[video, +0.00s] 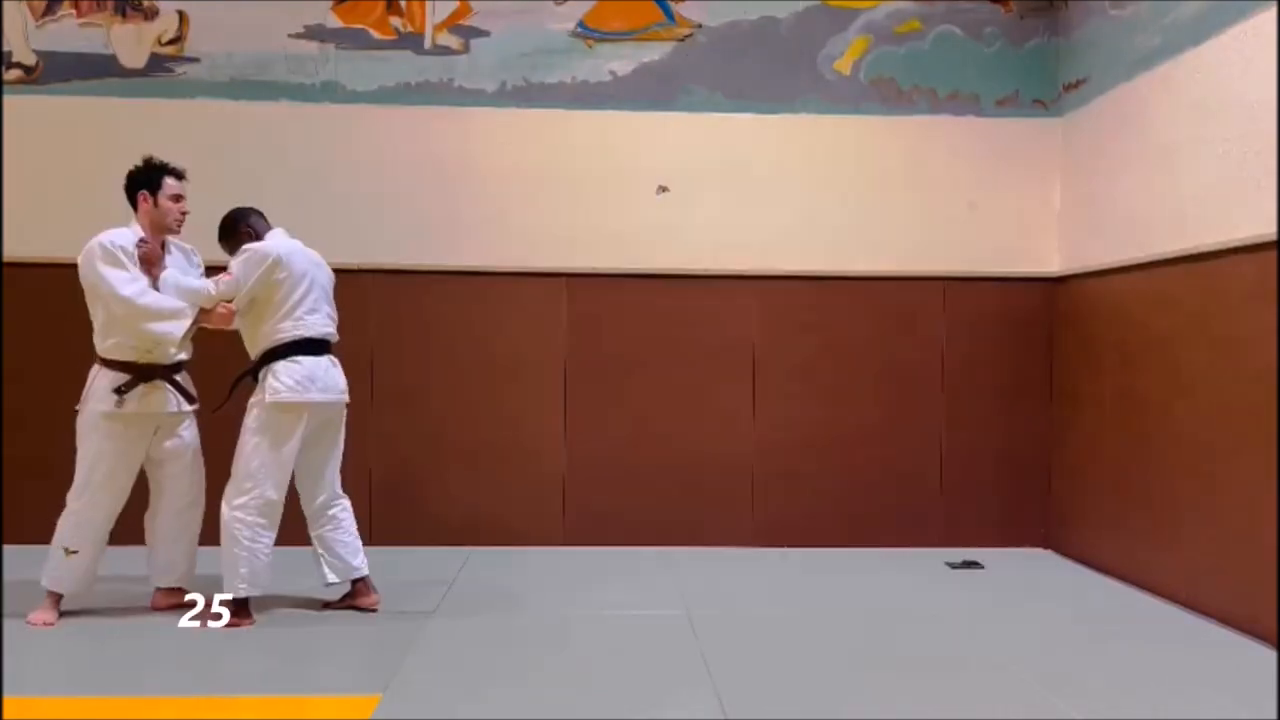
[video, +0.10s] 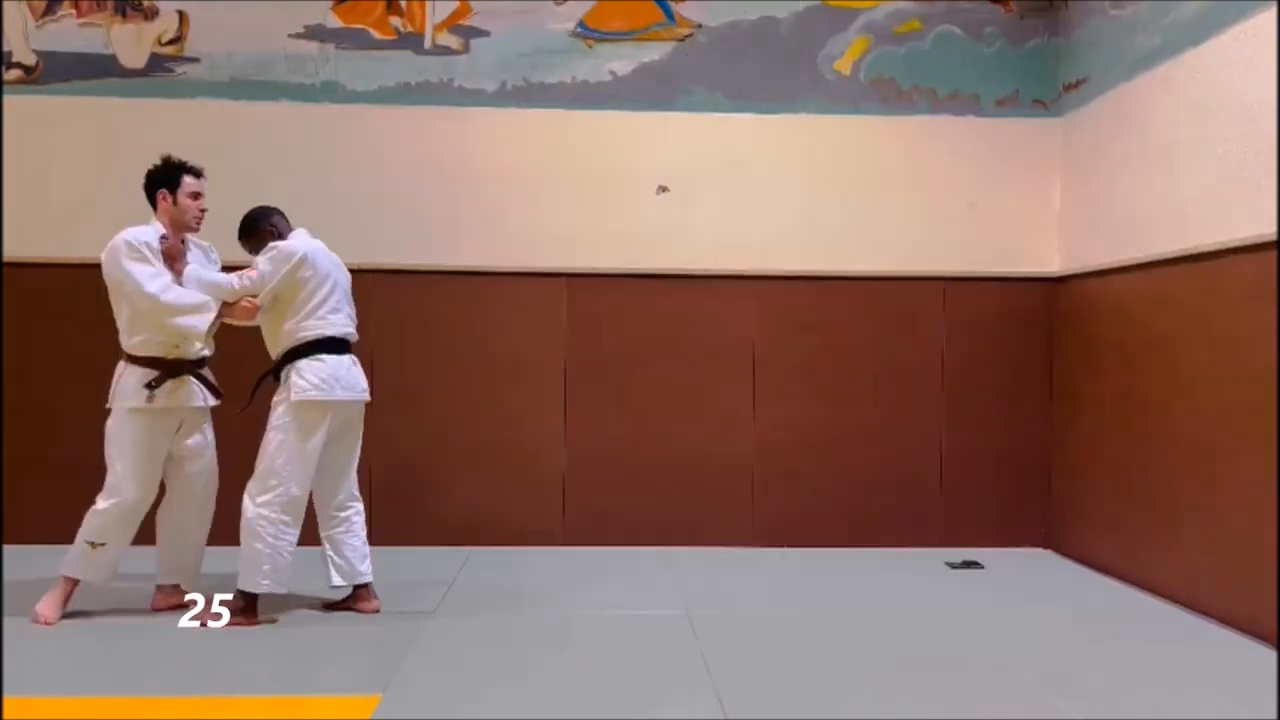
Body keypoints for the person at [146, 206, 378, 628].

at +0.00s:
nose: (232, 259)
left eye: (233, 251)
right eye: (229, 253)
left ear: (246, 234)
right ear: (265, 225)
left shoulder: (262, 251)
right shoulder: (316, 261)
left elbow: (216, 293)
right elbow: (280, 311)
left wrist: (164, 277)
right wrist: (229, 316)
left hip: (285, 381)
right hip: (330, 379)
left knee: (249, 493)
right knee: (324, 491)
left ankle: (236, 601)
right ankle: (360, 585)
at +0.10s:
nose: (257, 257)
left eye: (256, 249)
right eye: (255, 252)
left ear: (267, 236)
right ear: (288, 223)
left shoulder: (289, 249)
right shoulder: (332, 260)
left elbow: (239, 287)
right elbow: (262, 311)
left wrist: (186, 269)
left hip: (308, 379)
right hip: (350, 378)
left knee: (271, 490)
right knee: (340, 490)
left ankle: (247, 600)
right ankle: (361, 589)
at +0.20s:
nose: (278, 253)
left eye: (278, 244)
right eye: (275, 247)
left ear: (290, 230)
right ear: (306, 219)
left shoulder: (313, 242)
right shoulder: (344, 249)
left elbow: (265, 279)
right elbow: (275, 305)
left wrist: (210, 262)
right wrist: (229, 296)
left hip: (330, 371)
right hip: (368, 370)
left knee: (298, 485)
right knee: (353, 487)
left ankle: (305, 598)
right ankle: (364, 590)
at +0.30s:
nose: (297, 250)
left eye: (296, 241)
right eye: (294, 244)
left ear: (311, 225)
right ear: (323, 218)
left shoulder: (335, 242)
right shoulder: (359, 246)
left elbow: (285, 281)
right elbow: (301, 306)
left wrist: (232, 264)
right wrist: (250, 300)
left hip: (352, 369)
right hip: (380, 367)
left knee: (340, 490)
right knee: (368, 486)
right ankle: (369, 588)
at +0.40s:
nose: (317, 254)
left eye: (317, 245)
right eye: (314, 249)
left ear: (333, 228)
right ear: (343, 222)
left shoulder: (357, 247)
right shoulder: (377, 250)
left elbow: (308, 293)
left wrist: (254, 276)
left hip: (377, 374)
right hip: (389, 370)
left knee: (392, 490)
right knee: (357, 487)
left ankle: (458, 581)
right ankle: (365, 591)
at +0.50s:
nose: (341, 261)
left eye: (340, 252)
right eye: (337, 255)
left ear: (356, 235)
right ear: (366, 230)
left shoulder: (380, 253)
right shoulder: (402, 255)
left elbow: (330, 297)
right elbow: (401, 336)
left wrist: (277, 279)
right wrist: (378, 401)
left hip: (408, 380)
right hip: (404, 382)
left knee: (422, 497)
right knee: (371, 489)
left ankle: (475, 596)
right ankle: (366, 591)